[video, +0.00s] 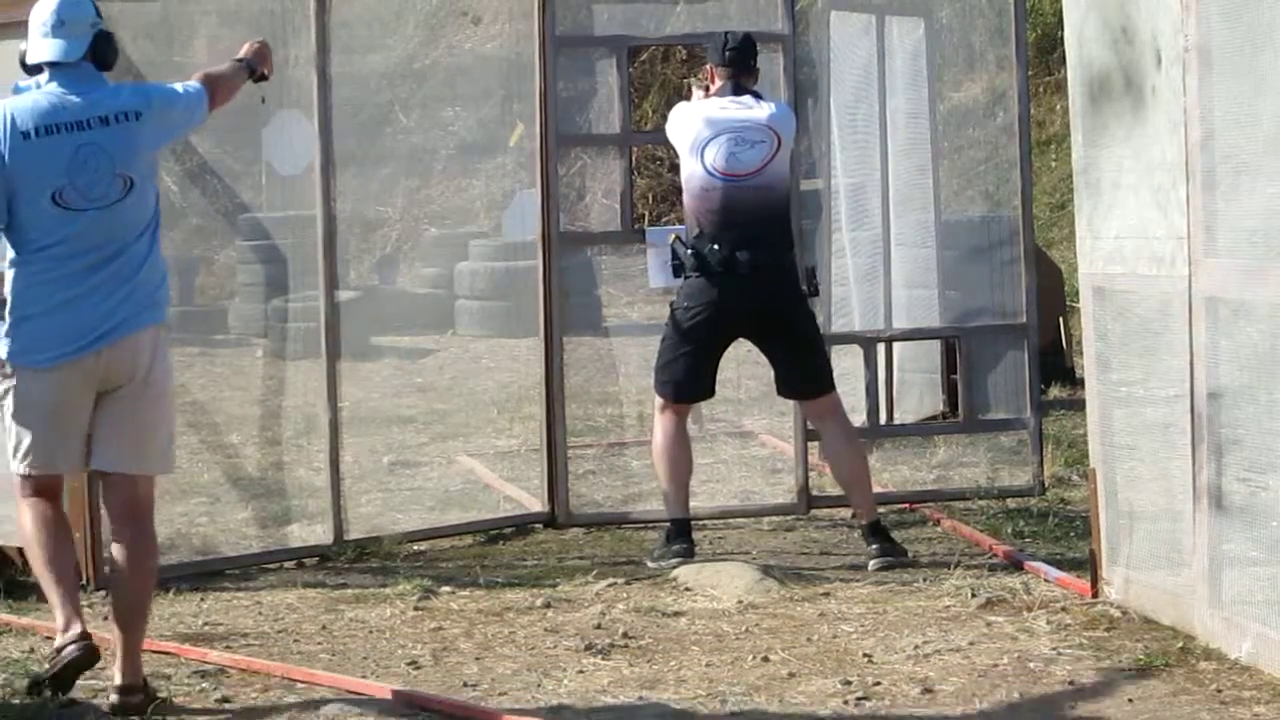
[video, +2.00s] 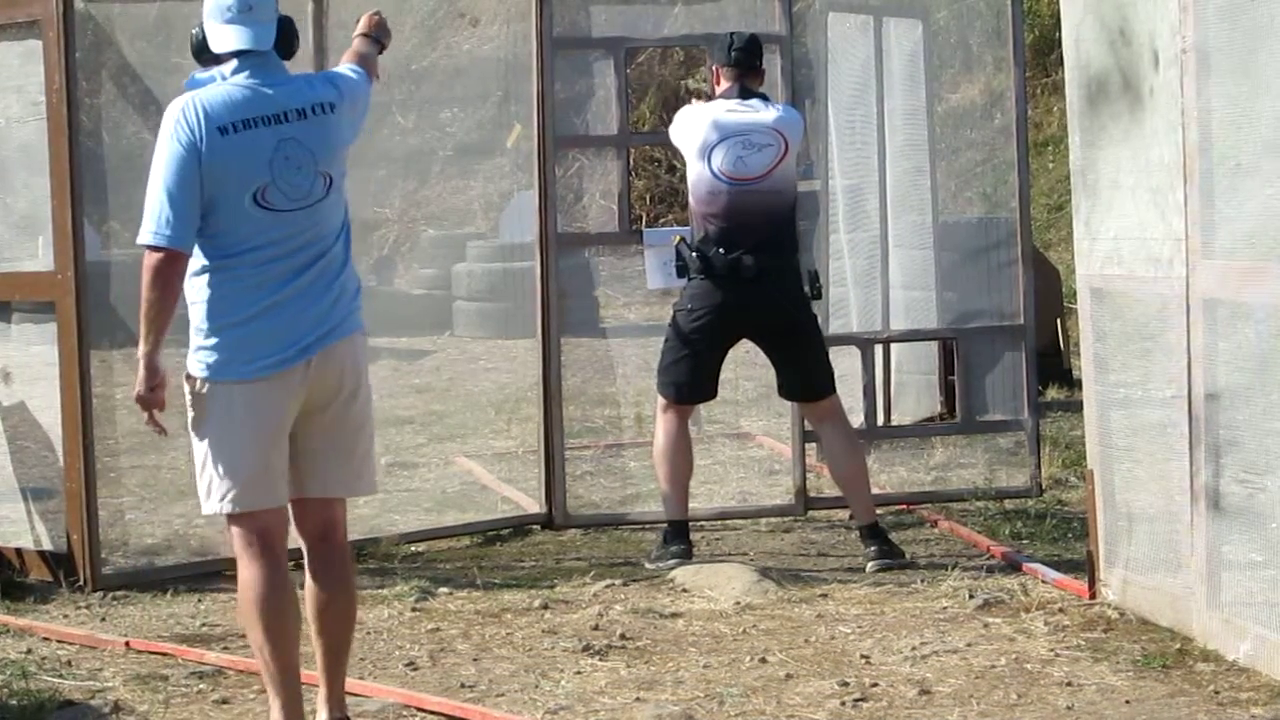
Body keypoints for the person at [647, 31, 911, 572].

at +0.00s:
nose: (711, 82)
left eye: (708, 76)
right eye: (738, 75)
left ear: (710, 78)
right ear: (755, 77)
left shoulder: (685, 118)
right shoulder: (782, 117)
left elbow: (690, 122)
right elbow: (752, 115)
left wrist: (704, 98)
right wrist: (720, 95)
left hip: (708, 291)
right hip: (778, 289)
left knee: (671, 409)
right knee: (828, 413)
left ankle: (678, 536)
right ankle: (876, 534)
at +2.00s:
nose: (713, 82)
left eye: (712, 75)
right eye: (725, 75)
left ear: (717, 77)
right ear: (762, 76)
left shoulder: (691, 121)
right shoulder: (791, 121)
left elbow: (693, 126)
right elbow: (762, 127)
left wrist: (719, 99)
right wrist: (736, 96)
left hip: (711, 296)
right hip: (781, 295)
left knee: (673, 409)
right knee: (828, 414)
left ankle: (675, 539)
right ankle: (874, 536)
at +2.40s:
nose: (712, 82)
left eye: (710, 75)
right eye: (723, 75)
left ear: (716, 78)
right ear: (760, 76)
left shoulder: (690, 121)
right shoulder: (790, 121)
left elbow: (692, 125)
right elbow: (759, 123)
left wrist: (716, 98)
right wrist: (733, 96)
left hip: (711, 295)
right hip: (781, 294)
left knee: (673, 408)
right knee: (828, 414)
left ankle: (674, 538)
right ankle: (874, 536)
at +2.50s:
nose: (714, 83)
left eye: (712, 75)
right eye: (729, 74)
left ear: (717, 78)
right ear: (762, 76)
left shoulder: (690, 122)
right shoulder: (791, 122)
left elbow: (692, 123)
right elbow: (759, 124)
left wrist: (713, 100)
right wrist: (731, 98)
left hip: (710, 296)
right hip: (781, 294)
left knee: (673, 408)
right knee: (828, 414)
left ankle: (675, 538)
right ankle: (875, 536)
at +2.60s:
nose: (714, 82)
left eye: (713, 75)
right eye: (730, 74)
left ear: (718, 77)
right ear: (762, 76)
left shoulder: (691, 121)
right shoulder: (792, 122)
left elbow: (696, 125)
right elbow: (760, 124)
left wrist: (717, 100)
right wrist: (734, 97)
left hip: (711, 296)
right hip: (781, 295)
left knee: (673, 408)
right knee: (828, 414)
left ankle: (675, 538)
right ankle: (874, 536)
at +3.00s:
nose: (711, 81)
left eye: (709, 74)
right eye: (726, 74)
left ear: (715, 77)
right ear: (760, 76)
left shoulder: (688, 120)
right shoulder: (790, 121)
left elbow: (701, 131)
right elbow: (759, 126)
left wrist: (717, 97)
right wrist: (734, 95)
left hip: (710, 295)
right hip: (780, 294)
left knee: (672, 408)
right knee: (827, 413)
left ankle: (675, 538)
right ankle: (873, 536)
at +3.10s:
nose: (712, 82)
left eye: (711, 75)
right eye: (726, 74)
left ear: (715, 77)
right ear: (760, 77)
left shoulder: (688, 121)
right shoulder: (791, 122)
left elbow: (705, 132)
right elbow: (762, 127)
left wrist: (717, 98)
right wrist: (736, 96)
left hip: (711, 296)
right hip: (781, 295)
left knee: (673, 409)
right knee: (828, 415)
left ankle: (675, 538)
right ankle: (875, 536)